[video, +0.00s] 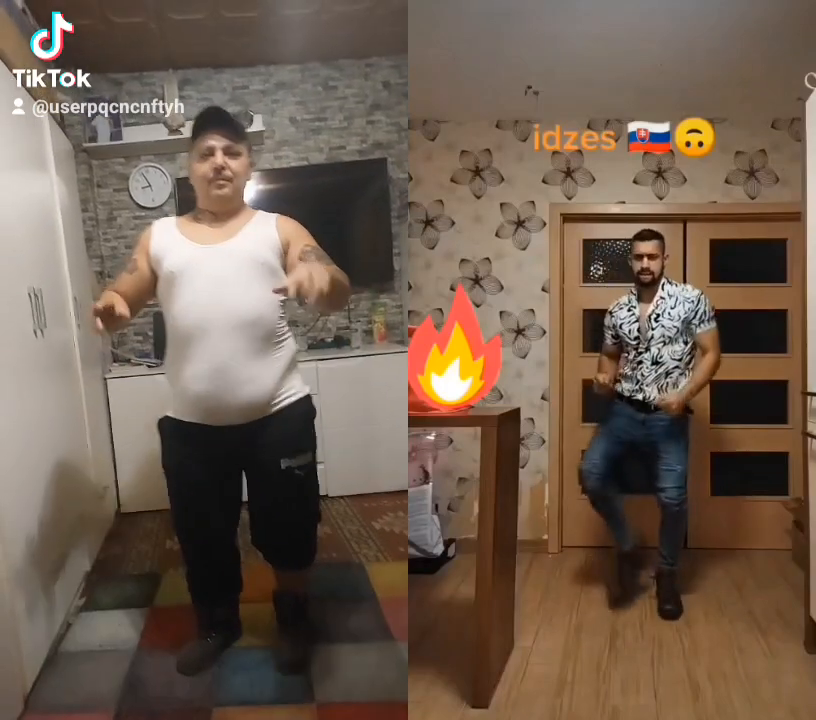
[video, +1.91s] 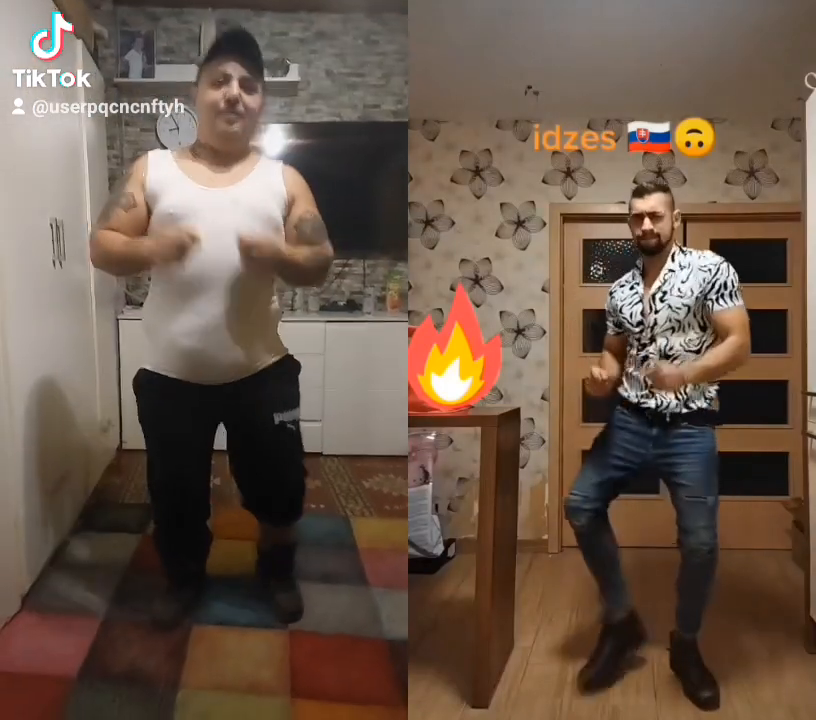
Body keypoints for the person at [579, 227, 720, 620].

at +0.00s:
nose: (645, 264)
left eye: (652, 257)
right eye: (638, 257)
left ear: (664, 260)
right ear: (631, 262)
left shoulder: (690, 300)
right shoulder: (619, 311)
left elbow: (711, 354)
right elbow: (609, 357)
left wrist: (685, 395)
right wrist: (605, 379)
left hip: (668, 415)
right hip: (623, 412)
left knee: (672, 498)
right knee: (592, 475)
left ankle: (667, 575)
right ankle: (627, 549)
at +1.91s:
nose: (645, 225)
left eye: (654, 217)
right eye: (637, 218)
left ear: (675, 221)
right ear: (629, 226)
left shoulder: (709, 269)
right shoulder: (622, 289)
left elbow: (737, 342)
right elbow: (612, 355)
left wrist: (686, 372)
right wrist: (603, 376)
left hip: (689, 429)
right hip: (629, 425)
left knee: (701, 544)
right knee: (582, 506)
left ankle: (686, 647)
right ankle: (621, 622)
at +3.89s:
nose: (654, 238)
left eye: (663, 230)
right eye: (646, 231)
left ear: (678, 236)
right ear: (635, 237)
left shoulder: (704, 295)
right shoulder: (607, 290)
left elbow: (725, 367)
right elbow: (585, 352)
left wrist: (685, 342)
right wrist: (601, 390)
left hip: (686, 433)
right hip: (625, 430)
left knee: (695, 538)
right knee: (594, 521)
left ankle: (672, 618)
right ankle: (615, 636)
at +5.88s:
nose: (632, 259)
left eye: (639, 252)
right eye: (624, 253)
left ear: (648, 256)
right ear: (612, 257)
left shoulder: (671, 300)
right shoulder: (592, 308)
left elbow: (693, 361)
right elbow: (568, 364)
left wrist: (670, 339)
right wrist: (589, 385)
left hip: (662, 422)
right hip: (610, 423)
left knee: (690, 504)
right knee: (595, 507)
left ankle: (677, 578)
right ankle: (614, 594)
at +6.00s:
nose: (640, 257)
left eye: (646, 249)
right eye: (632, 250)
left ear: (656, 252)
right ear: (621, 254)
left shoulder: (682, 289)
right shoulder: (606, 304)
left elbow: (705, 347)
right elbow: (581, 358)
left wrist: (676, 335)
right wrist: (593, 382)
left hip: (666, 416)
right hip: (617, 415)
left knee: (688, 502)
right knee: (606, 501)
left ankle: (680, 578)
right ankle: (614, 592)